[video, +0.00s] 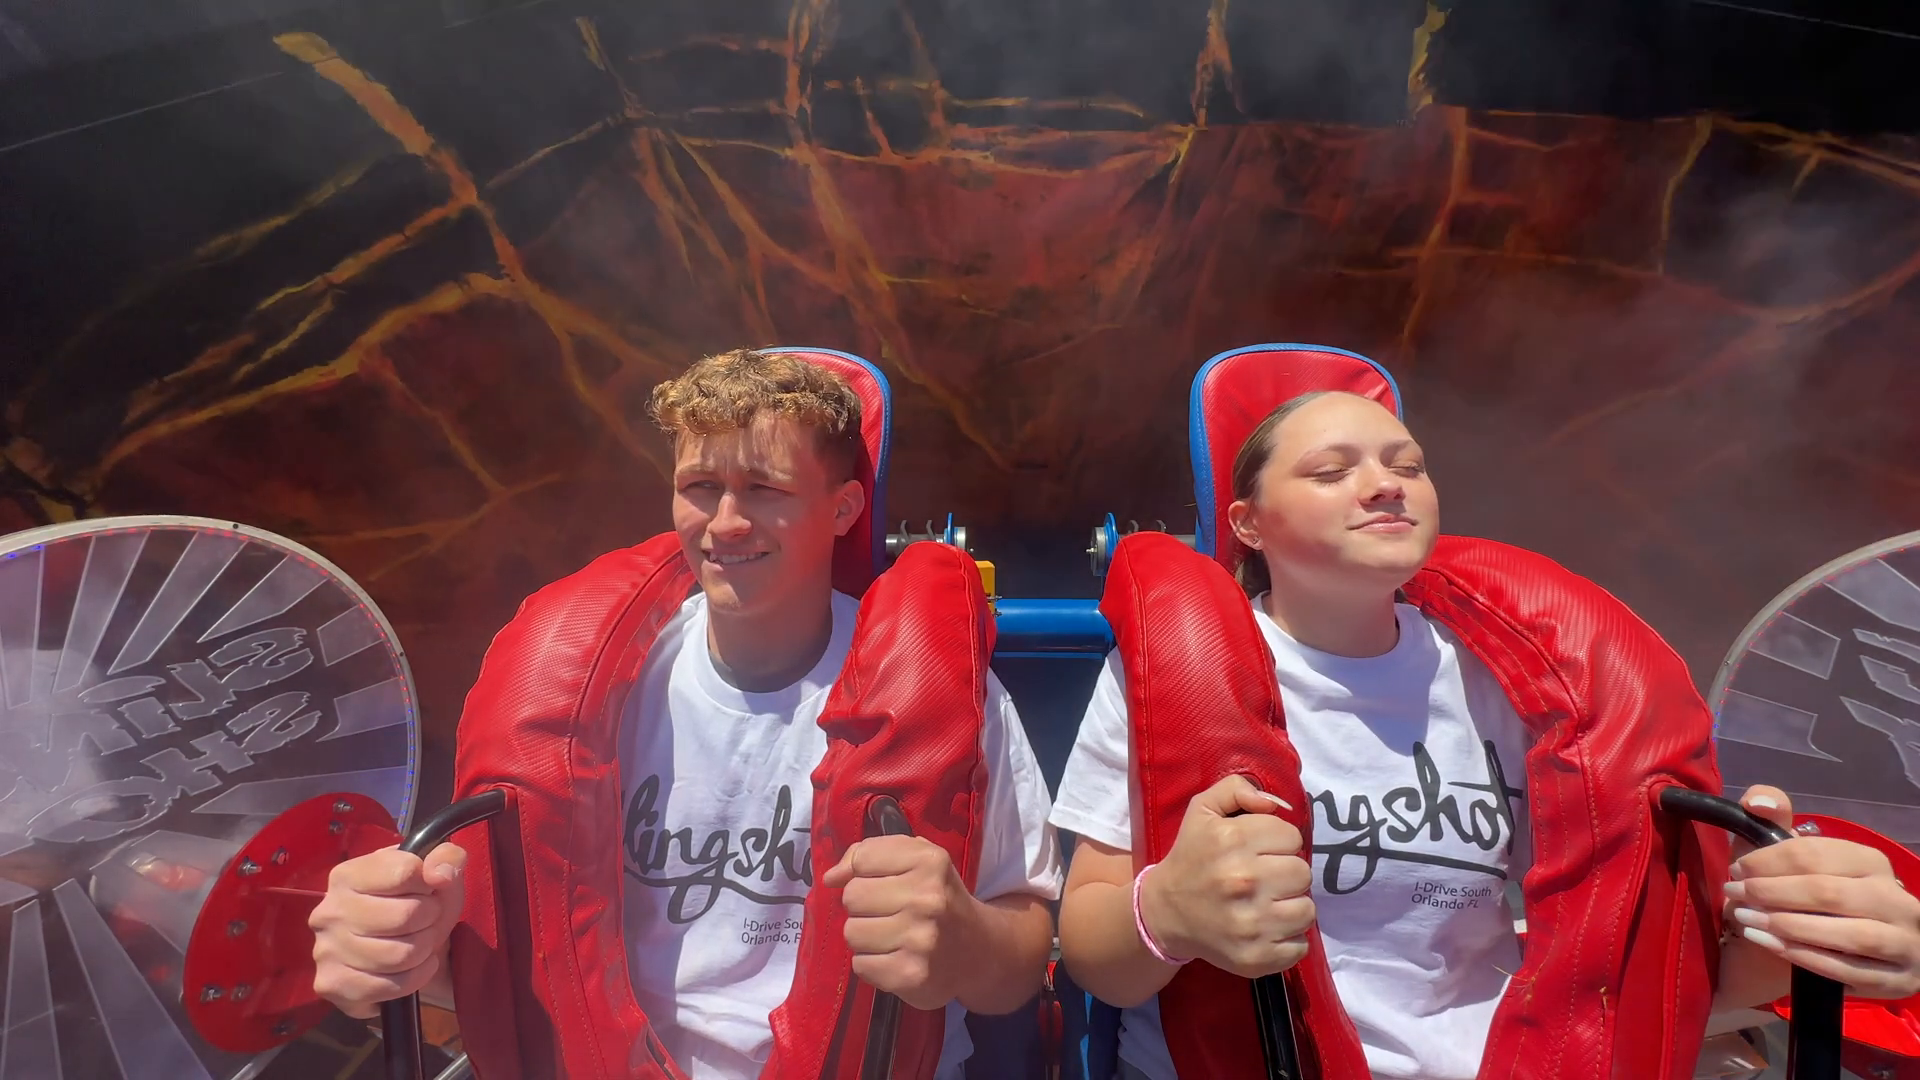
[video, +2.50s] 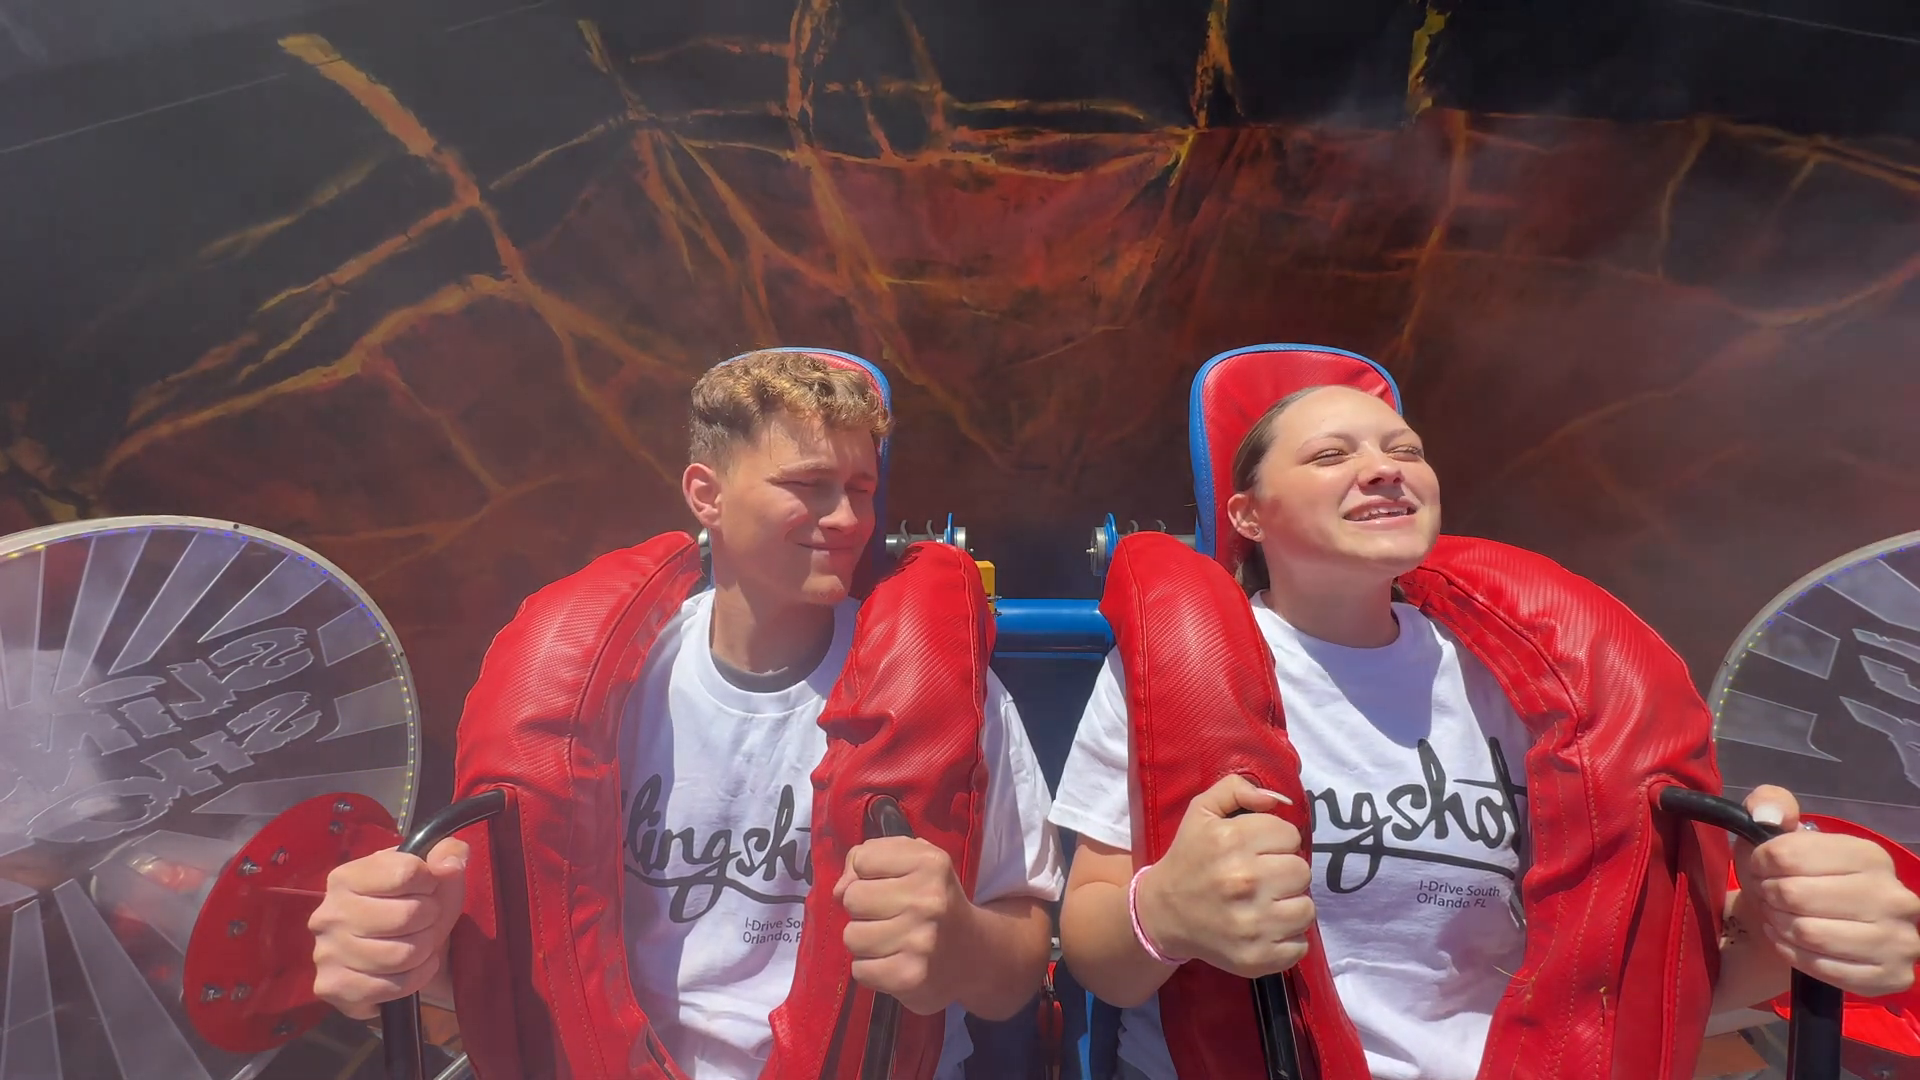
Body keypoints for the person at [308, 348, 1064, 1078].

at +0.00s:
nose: (725, 523)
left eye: (764, 491)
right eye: (702, 489)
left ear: (845, 506)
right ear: (673, 491)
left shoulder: (934, 688)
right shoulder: (582, 673)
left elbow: (1027, 957)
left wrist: (969, 946)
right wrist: (415, 944)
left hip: (837, 1064)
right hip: (616, 1059)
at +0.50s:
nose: (729, 524)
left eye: (769, 492)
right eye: (705, 489)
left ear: (847, 508)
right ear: (675, 491)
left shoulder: (935, 688)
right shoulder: (584, 672)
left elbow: (1023, 960)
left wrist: (966, 947)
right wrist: (402, 940)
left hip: (836, 1064)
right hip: (613, 1059)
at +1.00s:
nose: (726, 523)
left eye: (766, 491)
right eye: (703, 490)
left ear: (847, 507)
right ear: (672, 494)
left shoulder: (935, 688)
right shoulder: (586, 674)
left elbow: (1026, 955)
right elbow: (503, 926)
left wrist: (965, 949)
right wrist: (402, 942)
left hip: (839, 1063)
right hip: (616, 1058)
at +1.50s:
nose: (727, 523)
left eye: (766, 491)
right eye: (702, 490)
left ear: (846, 507)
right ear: (673, 494)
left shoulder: (935, 688)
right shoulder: (586, 672)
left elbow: (1024, 959)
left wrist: (964, 948)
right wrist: (403, 943)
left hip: (837, 1063)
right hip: (614, 1058)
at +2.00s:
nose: (868, 519)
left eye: (875, 488)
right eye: (828, 488)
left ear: (887, 491)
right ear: (716, 499)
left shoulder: (937, 683)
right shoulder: (586, 667)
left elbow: (1024, 958)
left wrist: (964, 948)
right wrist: (405, 940)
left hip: (836, 1063)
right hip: (614, 1058)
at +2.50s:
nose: (849, 521)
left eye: (862, 490)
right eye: (808, 487)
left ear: (878, 495)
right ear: (705, 494)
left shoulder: (939, 686)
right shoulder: (583, 669)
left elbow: (1025, 960)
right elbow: (504, 929)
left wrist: (968, 950)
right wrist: (410, 941)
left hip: (839, 1062)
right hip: (613, 1059)